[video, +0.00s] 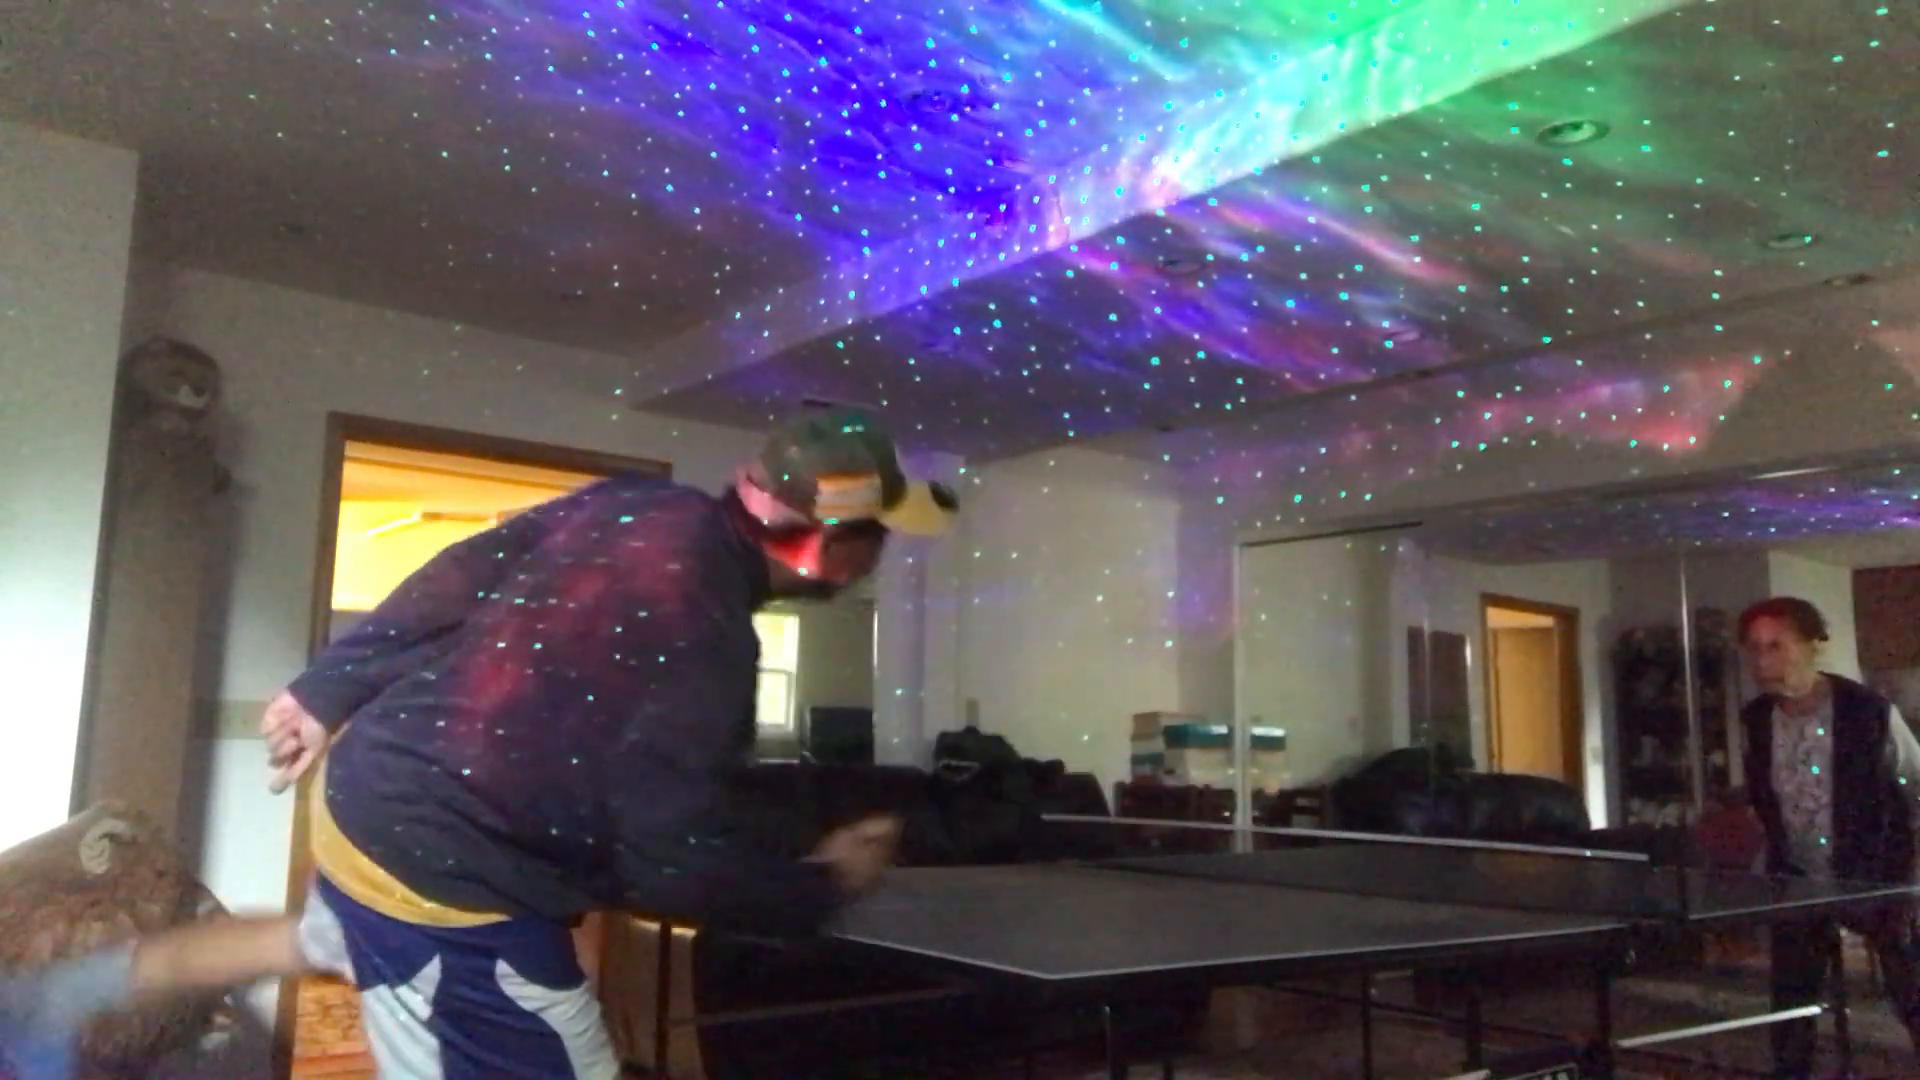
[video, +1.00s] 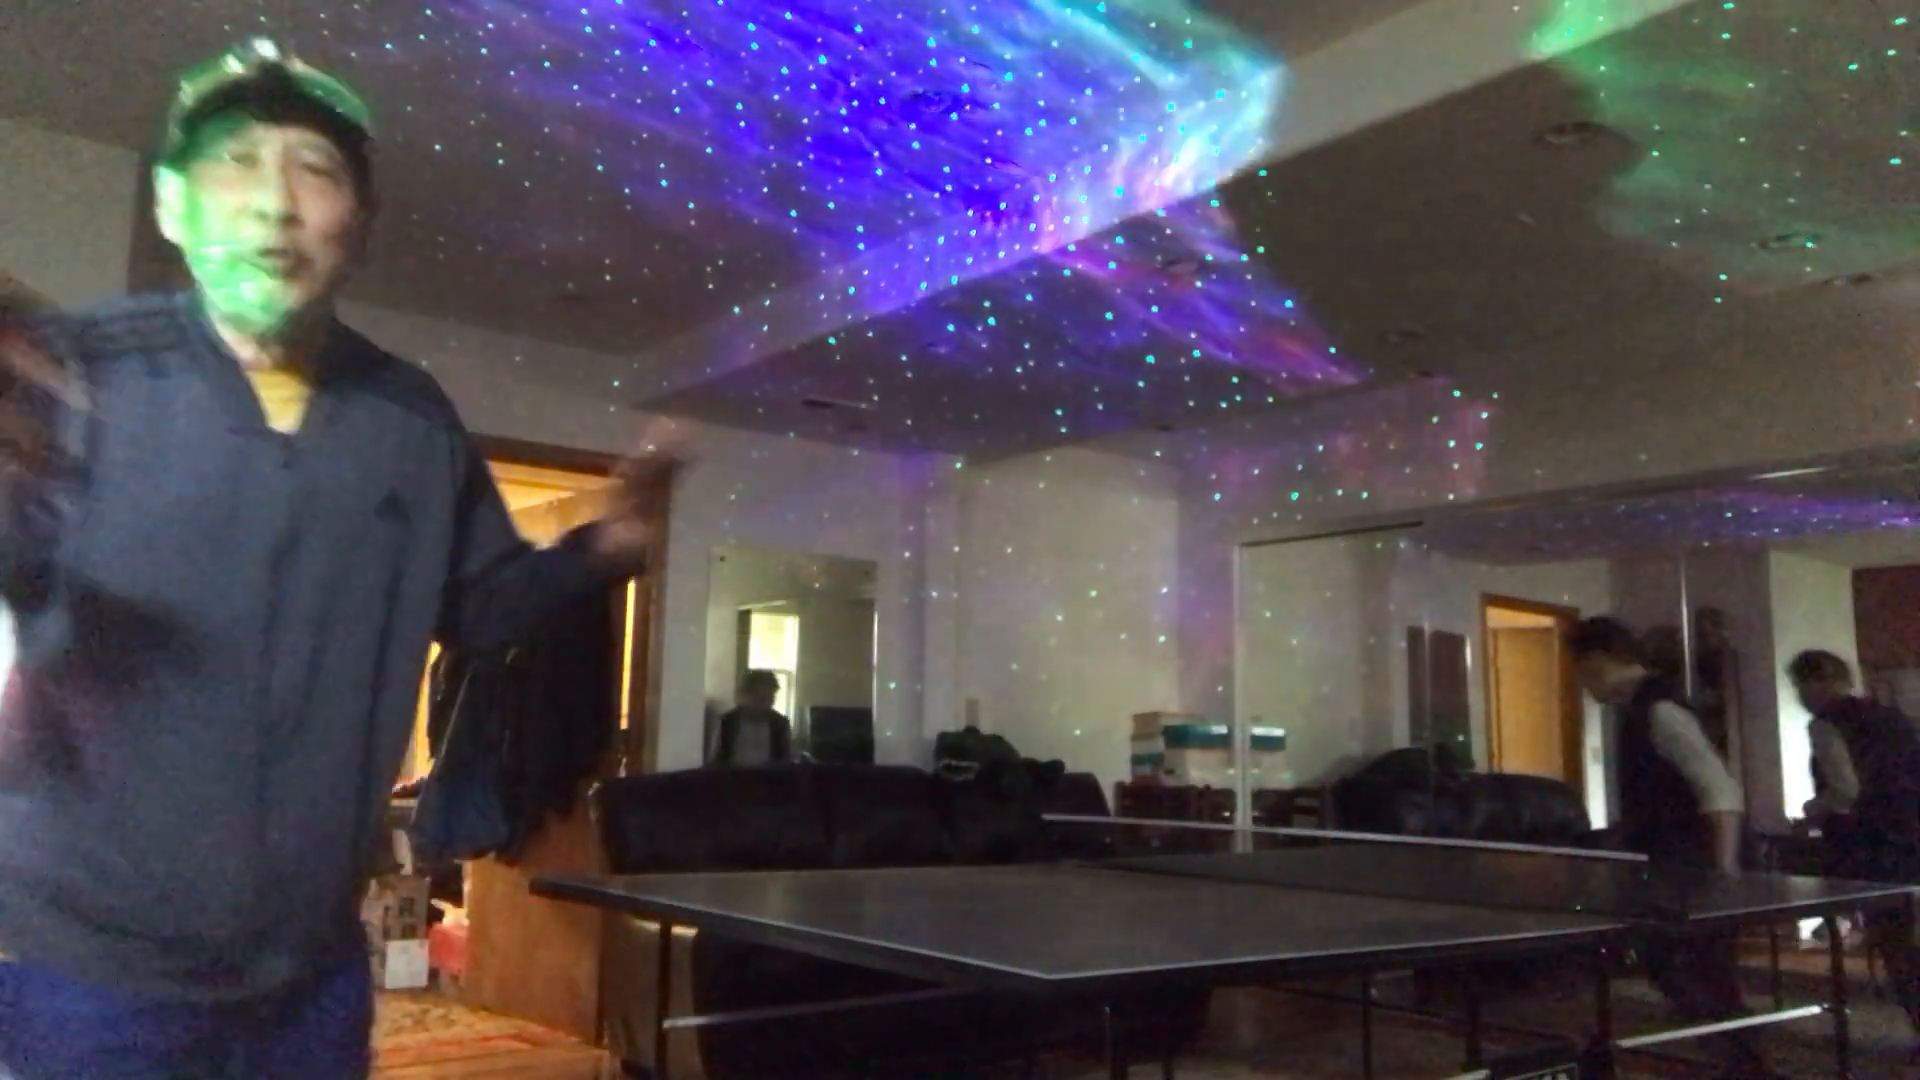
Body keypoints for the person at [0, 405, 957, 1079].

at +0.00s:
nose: (848, 570)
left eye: (858, 545)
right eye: (847, 545)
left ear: (762, 481)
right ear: (796, 519)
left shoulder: (645, 502)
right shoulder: (699, 626)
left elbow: (469, 572)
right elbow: (668, 859)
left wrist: (327, 684)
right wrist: (818, 879)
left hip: (368, 792)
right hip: (448, 887)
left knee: (342, 947)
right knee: (570, 1061)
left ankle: (112, 976)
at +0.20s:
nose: (799, 473)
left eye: (801, 450)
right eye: (781, 444)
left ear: (699, 426)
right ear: (708, 429)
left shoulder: (564, 467)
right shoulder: (615, 526)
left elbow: (404, 582)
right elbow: (467, 744)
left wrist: (297, 722)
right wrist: (622, 870)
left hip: (339, 817)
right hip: (410, 861)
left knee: (360, 1063)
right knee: (510, 1057)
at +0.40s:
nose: (596, 366)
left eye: (601, 340)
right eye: (566, 334)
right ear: (484, 340)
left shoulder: (483, 484)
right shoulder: (400, 464)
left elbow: (407, 702)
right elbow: (286, 703)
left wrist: (500, 787)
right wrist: (460, 827)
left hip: (400, 913)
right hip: (334, 917)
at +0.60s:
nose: (420, 287)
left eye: (446, 262)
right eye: (385, 256)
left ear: (472, 298)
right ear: (319, 289)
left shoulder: (437, 460)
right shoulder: (242, 425)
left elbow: (426, 669)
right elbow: (149, 673)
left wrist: (447, 820)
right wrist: (332, 769)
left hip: (356, 887)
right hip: (238, 885)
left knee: (234, 1062)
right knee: (420, 1061)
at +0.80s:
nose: (340, 261)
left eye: (371, 231)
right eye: (304, 226)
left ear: (407, 272)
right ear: (242, 261)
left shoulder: (414, 451)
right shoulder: (145, 421)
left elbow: (405, 657)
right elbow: (25, 656)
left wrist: (529, 663)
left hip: (344, 926)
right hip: (180, 927)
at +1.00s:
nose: (275, 203)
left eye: (313, 172)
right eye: (236, 162)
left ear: (358, 221)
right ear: (170, 202)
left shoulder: (415, 422)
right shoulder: (65, 369)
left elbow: (481, 600)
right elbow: (24, 587)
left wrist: (599, 548)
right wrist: (13, 483)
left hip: (304, 965)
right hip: (74, 950)